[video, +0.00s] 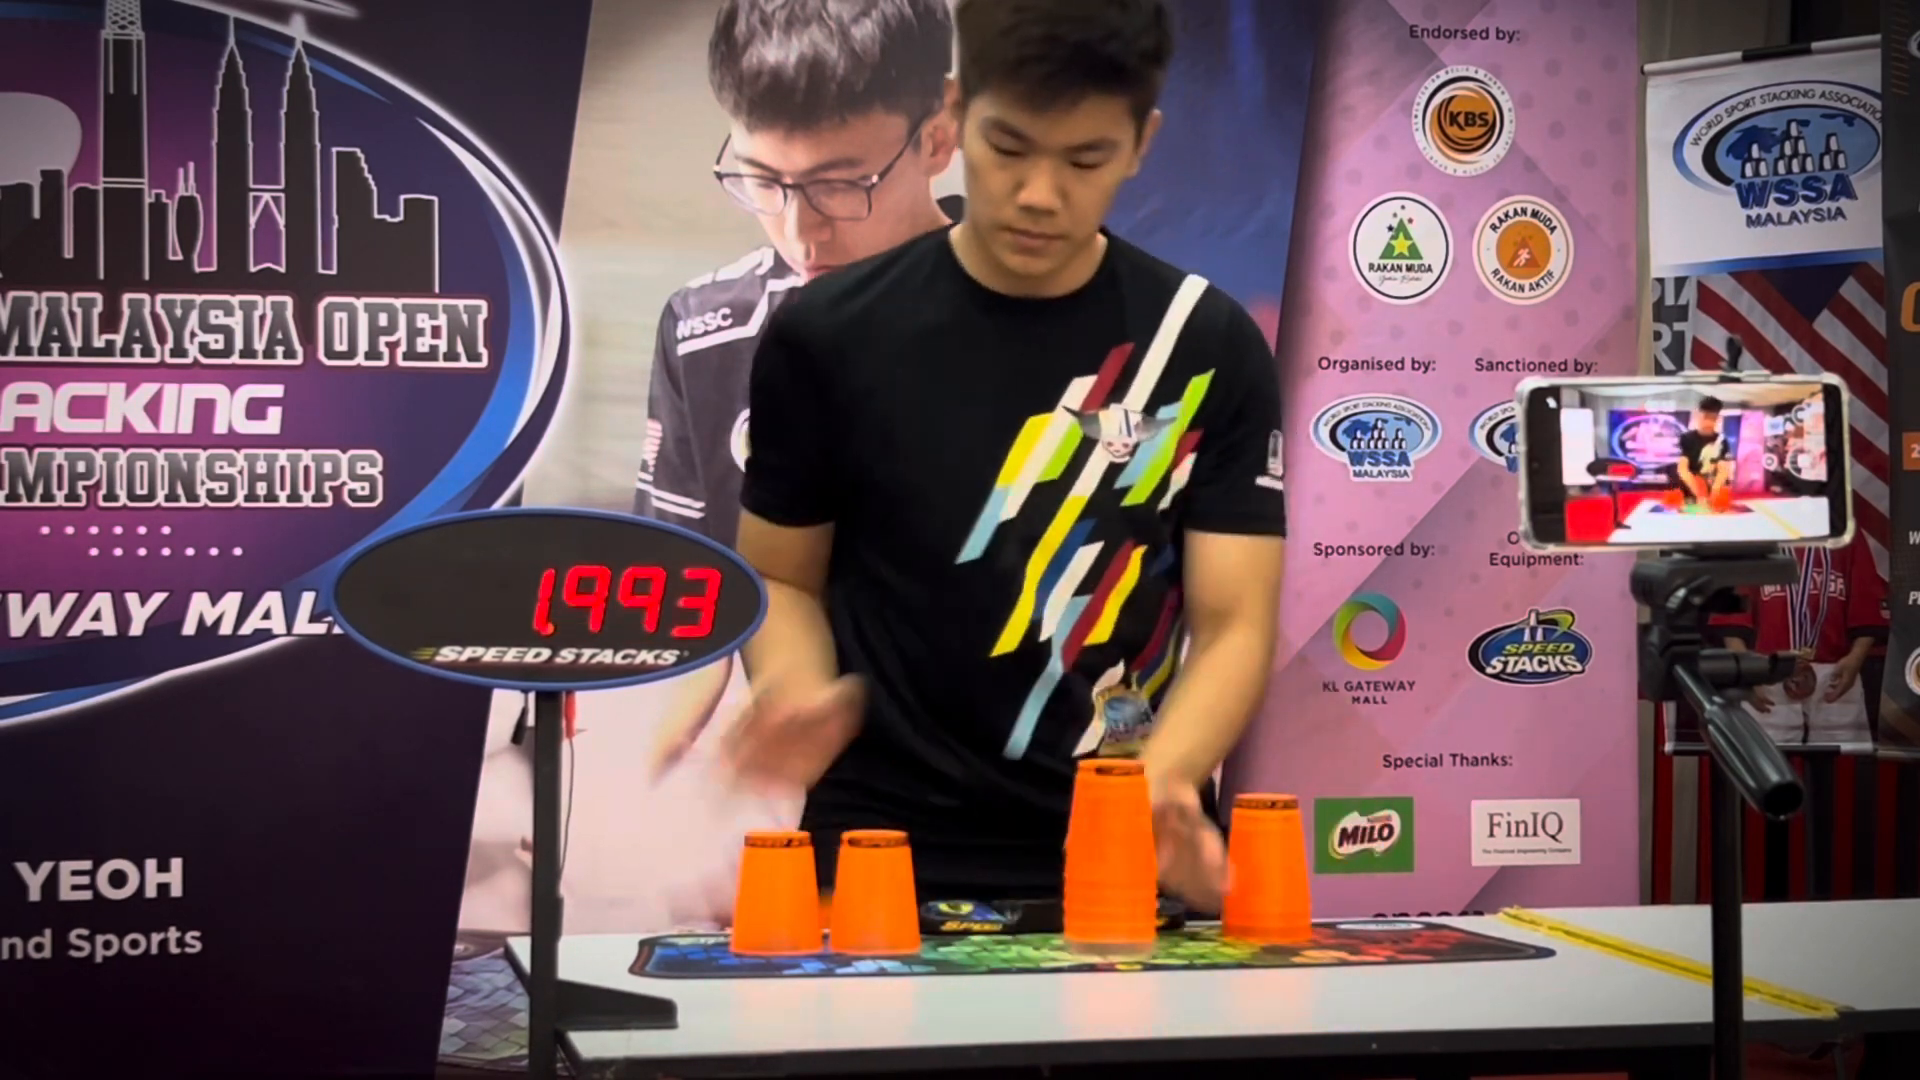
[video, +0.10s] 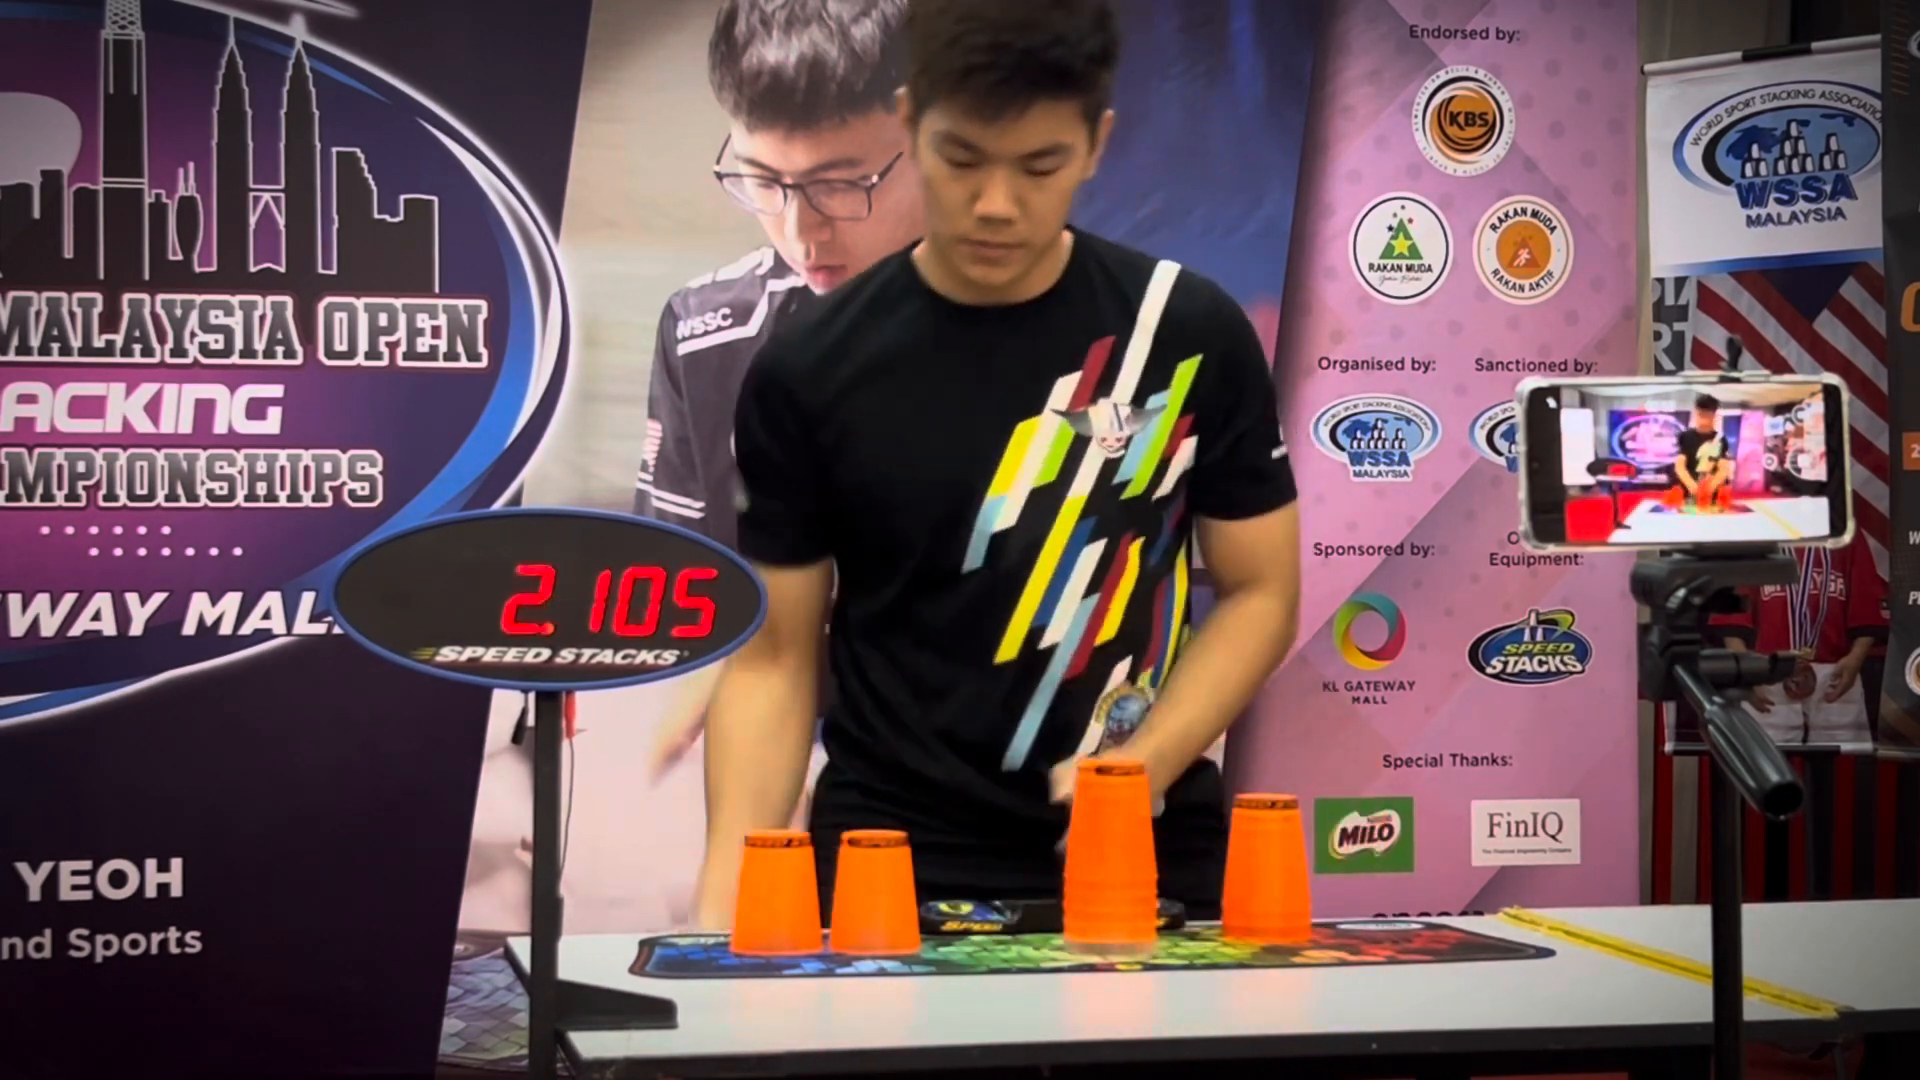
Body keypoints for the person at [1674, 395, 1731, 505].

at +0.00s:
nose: (1708, 422)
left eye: (1712, 418)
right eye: (1705, 417)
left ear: (1717, 419)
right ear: (1699, 416)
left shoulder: (1721, 441)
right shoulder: (1688, 438)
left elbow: (1723, 470)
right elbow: (1682, 469)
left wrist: (1713, 496)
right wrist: (1699, 495)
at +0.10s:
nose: (1704, 421)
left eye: (1708, 416)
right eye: (1701, 415)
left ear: (1713, 416)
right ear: (1695, 414)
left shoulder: (1720, 439)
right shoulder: (1686, 437)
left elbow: (1723, 469)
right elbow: (1679, 466)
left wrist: (1709, 487)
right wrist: (1693, 487)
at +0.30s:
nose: (1698, 419)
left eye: (1702, 414)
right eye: (1695, 414)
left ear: (1709, 414)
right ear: (1689, 414)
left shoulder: (1718, 437)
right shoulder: (1683, 438)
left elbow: (1723, 465)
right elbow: (1679, 465)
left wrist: (1711, 484)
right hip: (1689, 494)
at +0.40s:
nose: (1689, 424)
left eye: (1693, 418)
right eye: (1685, 419)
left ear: (1702, 417)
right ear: (1681, 420)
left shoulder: (1714, 439)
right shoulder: (1682, 441)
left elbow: (1722, 467)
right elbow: (1678, 470)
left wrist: (1709, 493)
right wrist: (1677, 494)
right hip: (1689, 496)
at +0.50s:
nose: (1687, 430)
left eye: (1690, 424)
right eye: (1683, 425)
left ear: (1697, 421)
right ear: (1679, 426)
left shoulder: (1711, 439)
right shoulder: (1679, 449)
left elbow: (1720, 466)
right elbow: (1681, 479)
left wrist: (1716, 498)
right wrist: (1687, 501)